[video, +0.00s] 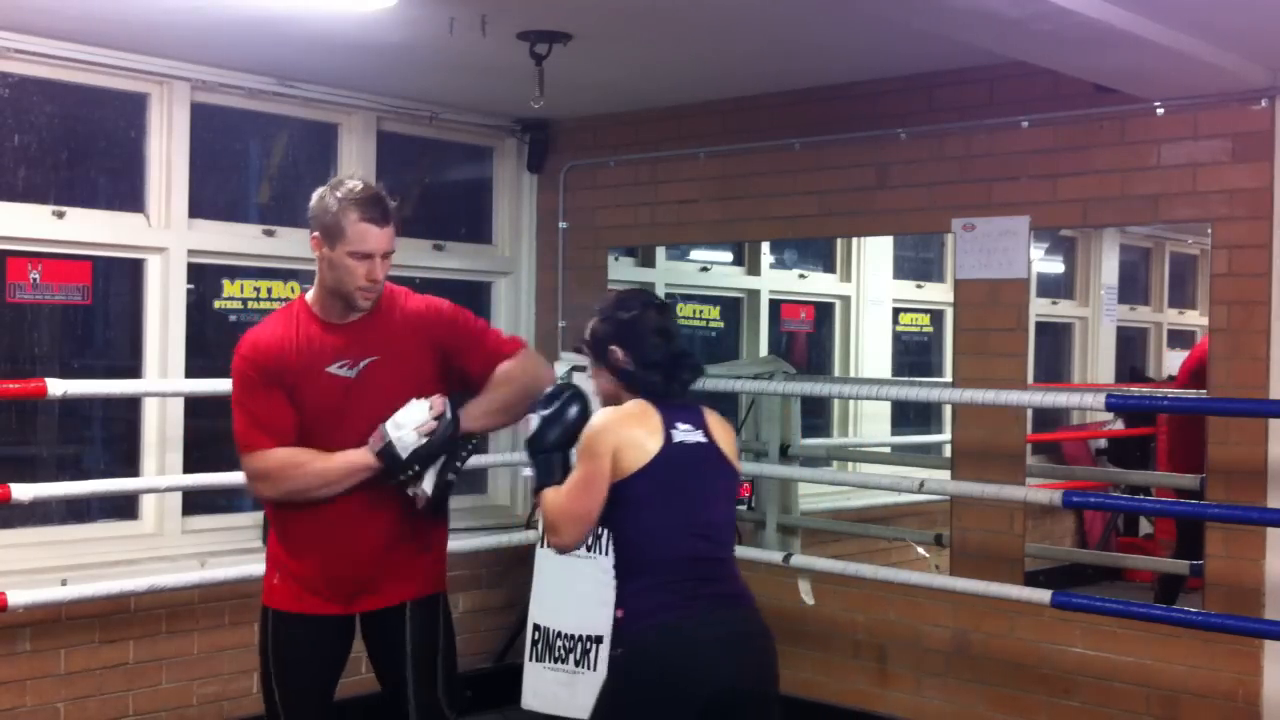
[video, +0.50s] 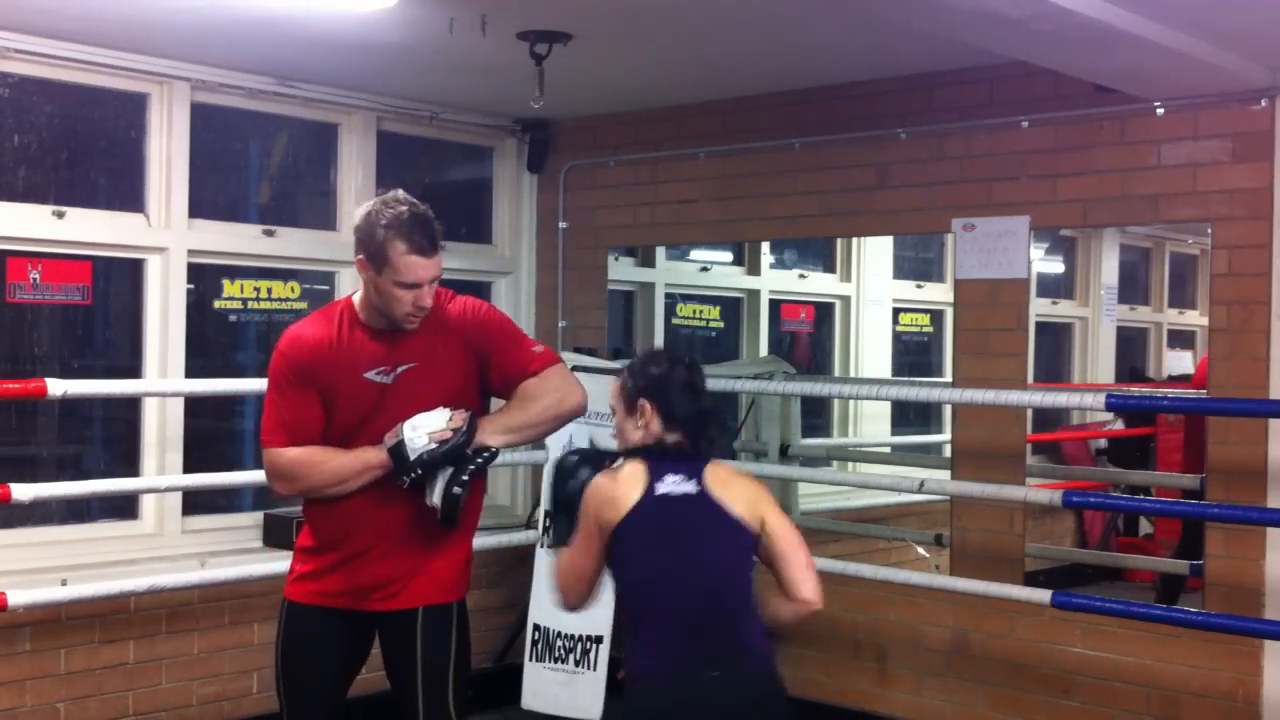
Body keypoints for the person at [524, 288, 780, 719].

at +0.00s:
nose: (591, 376)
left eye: (593, 364)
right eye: (589, 365)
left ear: (618, 360)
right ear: (667, 353)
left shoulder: (611, 425)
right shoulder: (720, 427)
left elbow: (563, 533)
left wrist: (545, 457)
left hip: (657, 652)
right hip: (741, 644)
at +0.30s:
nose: (604, 383)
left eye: (605, 369)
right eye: (600, 370)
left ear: (634, 365)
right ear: (682, 361)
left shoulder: (631, 432)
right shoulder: (728, 432)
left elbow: (585, 539)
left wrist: (565, 461)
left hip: (684, 668)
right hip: (760, 661)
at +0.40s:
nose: (611, 404)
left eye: (613, 390)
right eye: (610, 391)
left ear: (643, 389)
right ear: (688, 383)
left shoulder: (629, 461)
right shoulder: (740, 453)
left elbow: (604, 577)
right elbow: (760, 566)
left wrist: (579, 507)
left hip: (681, 679)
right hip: (768, 675)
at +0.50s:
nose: (614, 426)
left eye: (617, 414)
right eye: (613, 414)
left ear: (644, 415)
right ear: (690, 412)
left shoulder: (609, 490)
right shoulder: (745, 487)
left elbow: (571, 595)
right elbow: (807, 596)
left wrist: (569, 510)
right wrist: (744, 612)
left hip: (654, 697)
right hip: (749, 697)